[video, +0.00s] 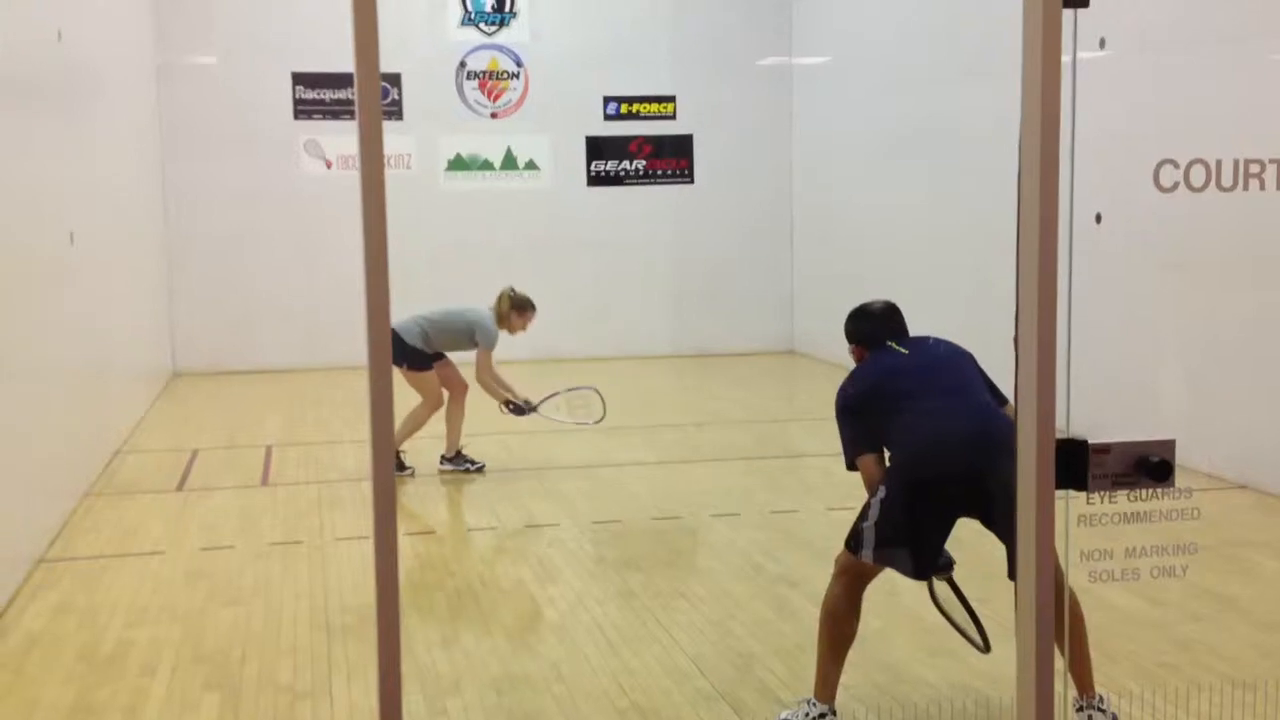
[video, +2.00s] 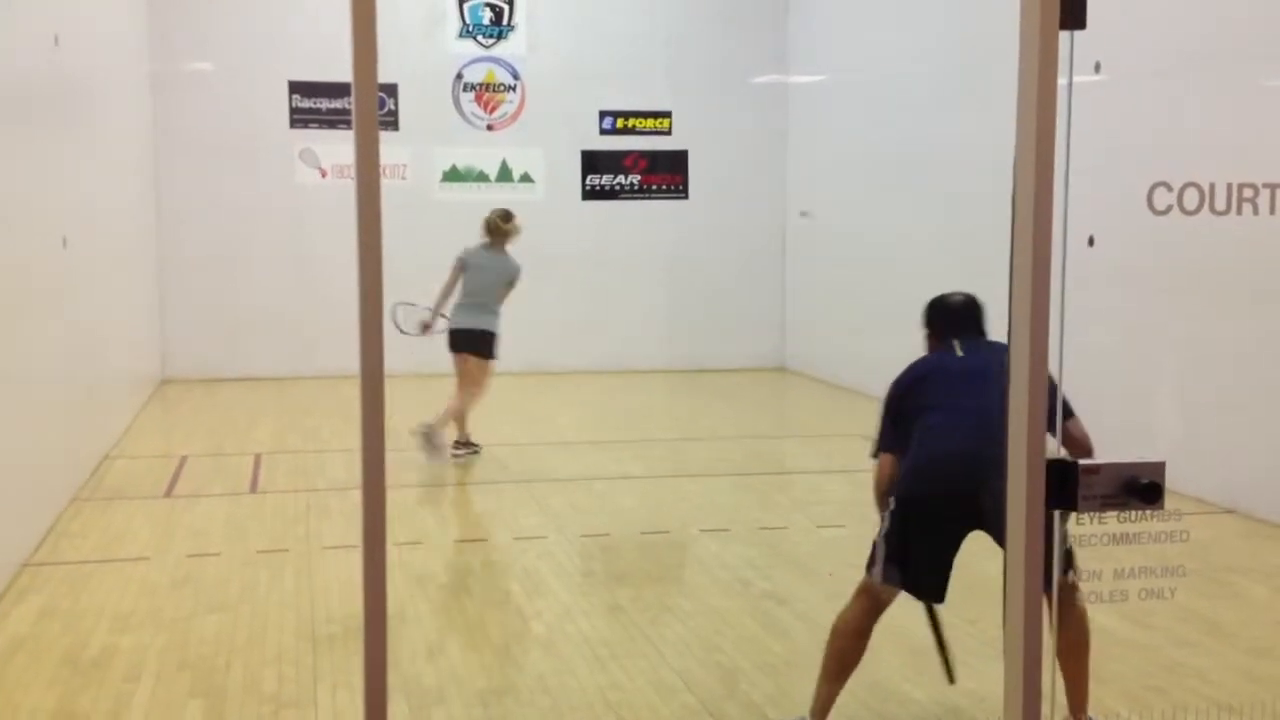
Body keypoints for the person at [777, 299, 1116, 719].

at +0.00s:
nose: (851, 356)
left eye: (850, 350)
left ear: (857, 351)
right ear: (904, 332)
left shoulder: (855, 388)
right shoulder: (948, 351)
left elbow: (875, 479)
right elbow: (1007, 415)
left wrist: (919, 547)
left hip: (924, 472)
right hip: (998, 461)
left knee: (850, 574)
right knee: (1049, 574)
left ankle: (821, 703)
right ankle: (1089, 698)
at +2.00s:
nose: (925, 342)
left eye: (925, 336)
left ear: (931, 336)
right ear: (982, 331)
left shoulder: (914, 376)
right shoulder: (1021, 362)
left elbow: (886, 470)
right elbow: (1081, 444)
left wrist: (887, 516)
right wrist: (1079, 478)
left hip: (929, 486)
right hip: (1010, 486)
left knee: (870, 597)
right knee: (1064, 592)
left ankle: (817, 713)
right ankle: (1080, 713)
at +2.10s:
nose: (933, 336)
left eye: (932, 329)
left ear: (939, 330)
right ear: (993, 323)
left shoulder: (919, 372)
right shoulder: (1029, 358)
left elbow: (893, 465)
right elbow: (1080, 440)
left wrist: (894, 517)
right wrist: (1081, 492)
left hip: (931, 485)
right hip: (1014, 487)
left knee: (867, 593)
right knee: (1066, 594)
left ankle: (817, 712)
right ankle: (1080, 713)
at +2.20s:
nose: (919, 326)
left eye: (919, 318)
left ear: (923, 320)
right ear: (976, 313)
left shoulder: (906, 364)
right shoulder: (1016, 352)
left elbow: (881, 462)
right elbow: (1058, 442)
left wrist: (888, 513)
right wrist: (1053, 499)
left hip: (928, 484)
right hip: (1010, 485)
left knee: (856, 590)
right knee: (1054, 595)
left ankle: (821, 712)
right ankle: (1078, 714)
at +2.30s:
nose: (887, 312)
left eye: (887, 306)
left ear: (891, 308)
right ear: (941, 302)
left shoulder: (881, 359)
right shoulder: (988, 346)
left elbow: (861, 454)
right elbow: (1017, 424)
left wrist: (856, 510)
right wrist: (1027, 495)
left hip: (918, 489)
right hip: (996, 489)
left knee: (845, 591)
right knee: (1039, 599)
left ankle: (820, 713)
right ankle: (1075, 713)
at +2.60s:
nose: (853, 301)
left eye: (858, 290)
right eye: (853, 290)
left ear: (886, 287)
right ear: (906, 283)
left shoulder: (892, 337)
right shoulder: (955, 315)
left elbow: (890, 428)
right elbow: (981, 405)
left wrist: (847, 515)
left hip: (942, 487)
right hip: (1002, 483)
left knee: (875, 598)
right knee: (975, 596)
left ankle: (835, 711)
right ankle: (1044, 702)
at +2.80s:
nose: (874, 294)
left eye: (880, 282)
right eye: (874, 282)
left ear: (911, 280)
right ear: (924, 277)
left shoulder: (934, 332)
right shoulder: (968, 313)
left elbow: (955, 431)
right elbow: (986, 416)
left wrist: (931, 502)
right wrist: (944, 493)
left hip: (974, 484)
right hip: (1008, 481)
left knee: (899, 596)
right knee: (988, 592)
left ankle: (893, 712)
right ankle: (1048, 696)